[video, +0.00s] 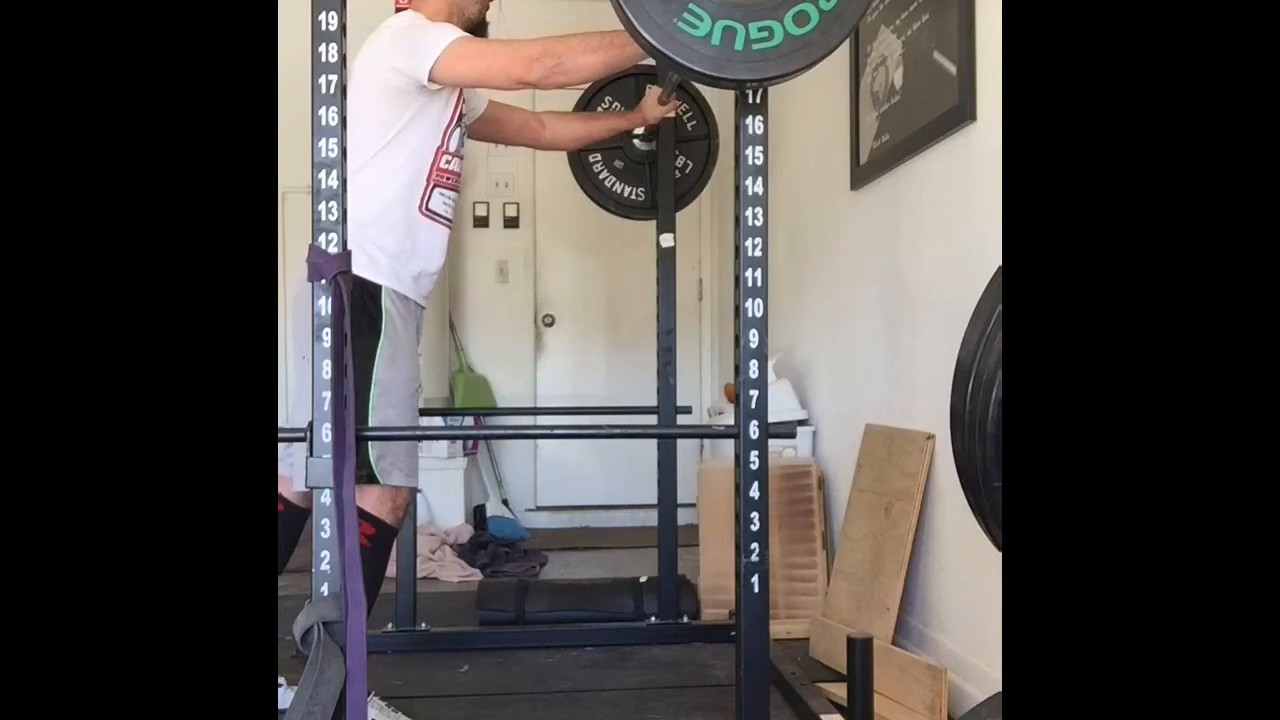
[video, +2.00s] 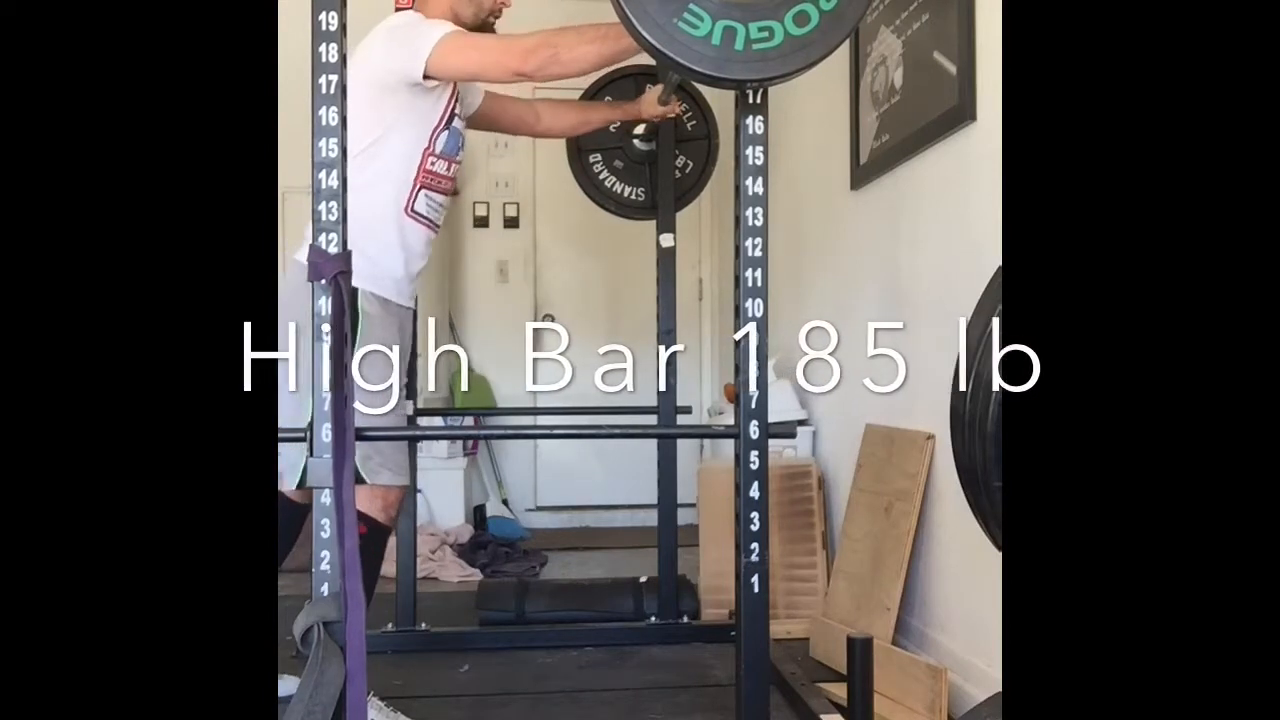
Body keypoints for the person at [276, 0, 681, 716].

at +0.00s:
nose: (483, 13)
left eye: (483, 9)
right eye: (474, 2)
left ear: (415, 8)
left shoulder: (434, 80)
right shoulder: (403, 39)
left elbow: (533, 127)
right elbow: (540, 64)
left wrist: (636, 119)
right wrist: (663, 32)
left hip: (374, 297)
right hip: (362, 292)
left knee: (298, 482)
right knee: (384, 493)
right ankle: (333, 687)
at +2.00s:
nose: (503, 6)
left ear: (436, 1)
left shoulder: (438, 74)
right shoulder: (401, 39)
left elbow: (529, 117)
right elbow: (535, 59)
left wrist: (633, 111)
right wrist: (655, 28)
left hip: (374, 298)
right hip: (353, 295)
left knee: (303, 478)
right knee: (380, 486)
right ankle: (335, 683)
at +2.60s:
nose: (534, 72)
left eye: (543, 62)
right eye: (533, 58)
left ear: (505, 43)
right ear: (498, 34)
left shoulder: (472, 121)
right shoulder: (421, 68)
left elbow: (546, 136)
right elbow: (543, 66)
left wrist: (634, 114)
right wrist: (659, 28)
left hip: (378, 319)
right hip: (347, 311)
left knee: (297, 494)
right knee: (452, 478)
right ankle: (358, 667)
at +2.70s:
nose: (577, 121)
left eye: (588, 112)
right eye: (584, 102)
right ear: (548, 66)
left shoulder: (503, 125)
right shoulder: (445, 75)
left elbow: (555, 146)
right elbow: (551, 68)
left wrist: (635, 114)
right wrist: (660, 27)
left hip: (392, 313)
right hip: (361, 305)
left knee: (297, 487)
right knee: (473, 465)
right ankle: (410, 667)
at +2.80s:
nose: (599, 155)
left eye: (614, 151)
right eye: (609, 138)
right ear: (587, 89)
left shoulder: (534, 137)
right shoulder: (487, 86)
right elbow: (561, 54)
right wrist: (661, 26)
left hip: (413, 305)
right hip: (387, 298)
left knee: (316, 480)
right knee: (479, 464)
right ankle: (502, 673)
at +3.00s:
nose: (695, 191)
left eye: (710, 185)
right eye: (706, 175)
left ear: (681, 129)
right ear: (684, 128)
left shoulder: (624, 165)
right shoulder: (591, 116)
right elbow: (546, 49)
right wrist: (645, 23)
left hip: (495, 333)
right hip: (465, 324)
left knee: (394, 495)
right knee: (581, 483)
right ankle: (544, 693)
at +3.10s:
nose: (747, 169)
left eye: (760, 162)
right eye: (758, 153)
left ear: (738, 120)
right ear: (745, 114)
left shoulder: (674, 155)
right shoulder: (642, 96)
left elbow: (553, 143)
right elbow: (545, 57)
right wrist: (642, 31)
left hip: (543, 322)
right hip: (510, 311)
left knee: (488, 510)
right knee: (610, 488)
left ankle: (345, 570)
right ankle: (545, 691)